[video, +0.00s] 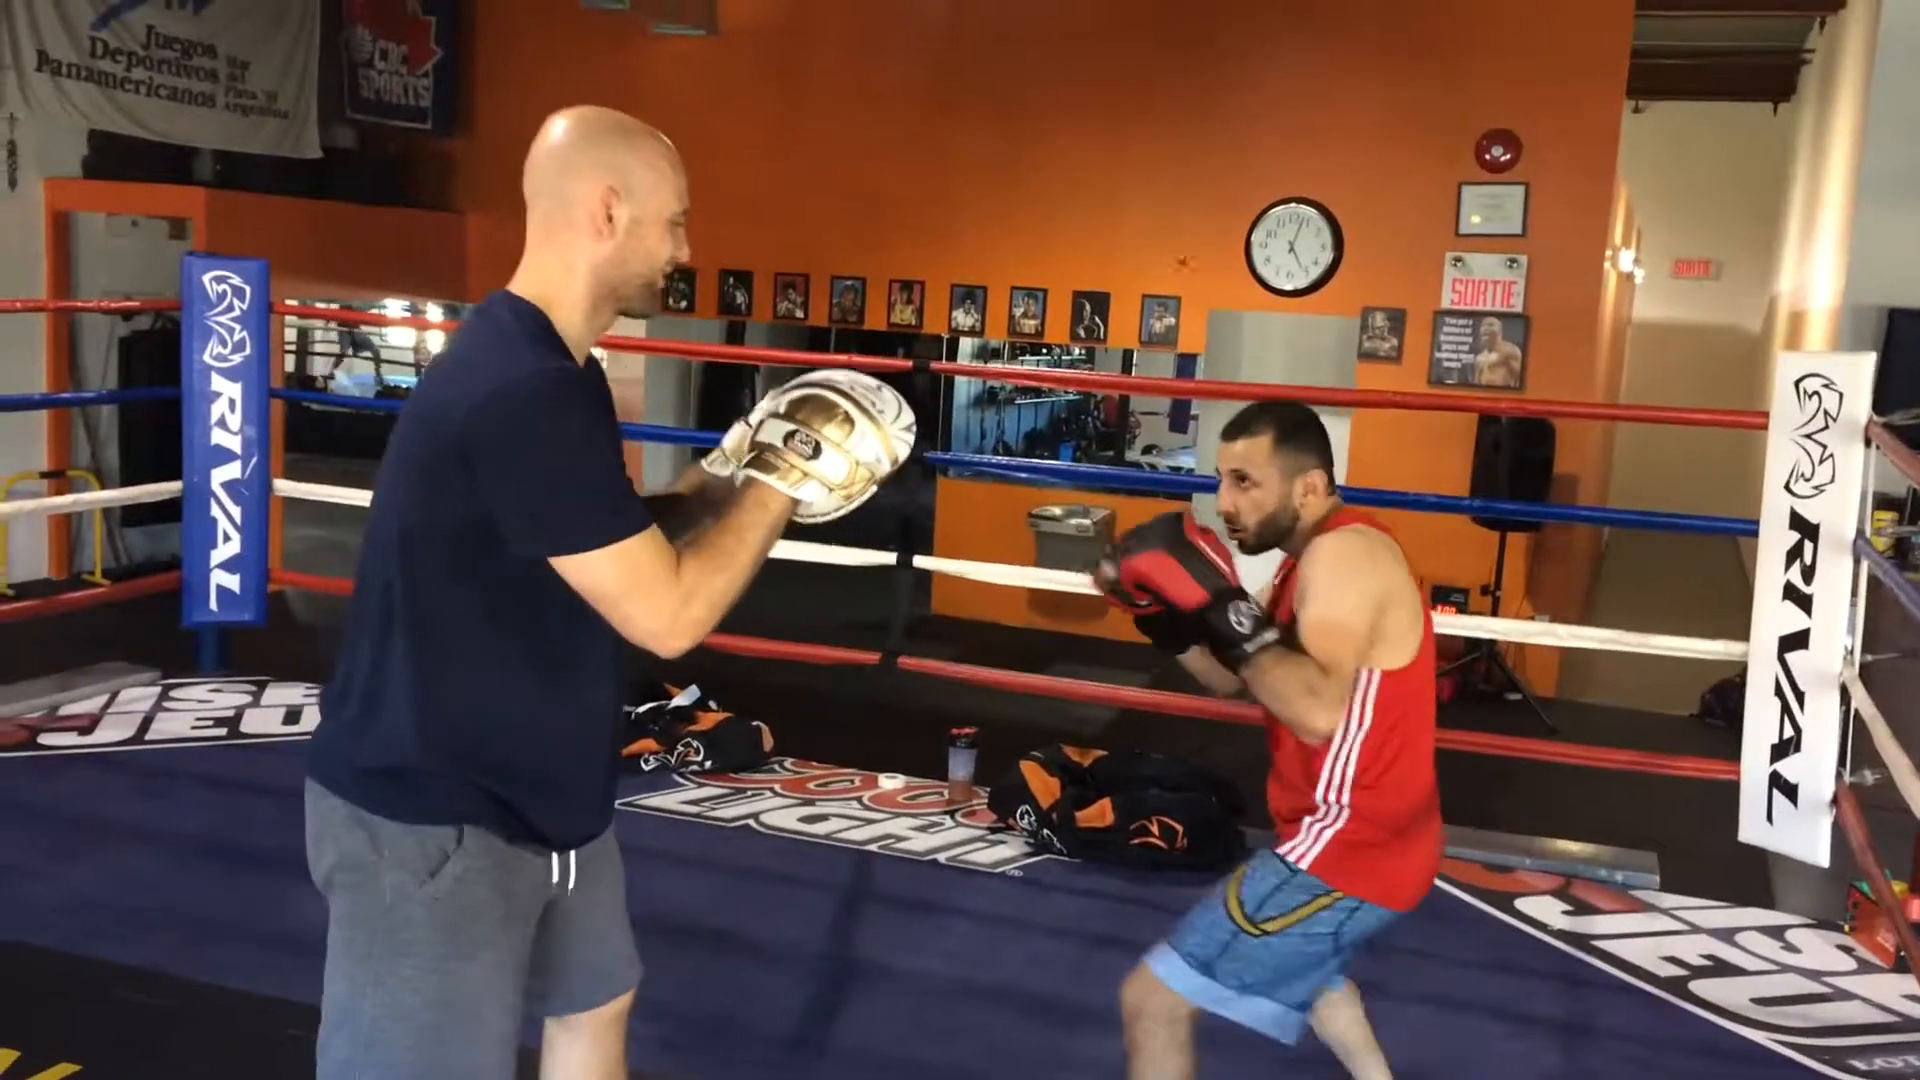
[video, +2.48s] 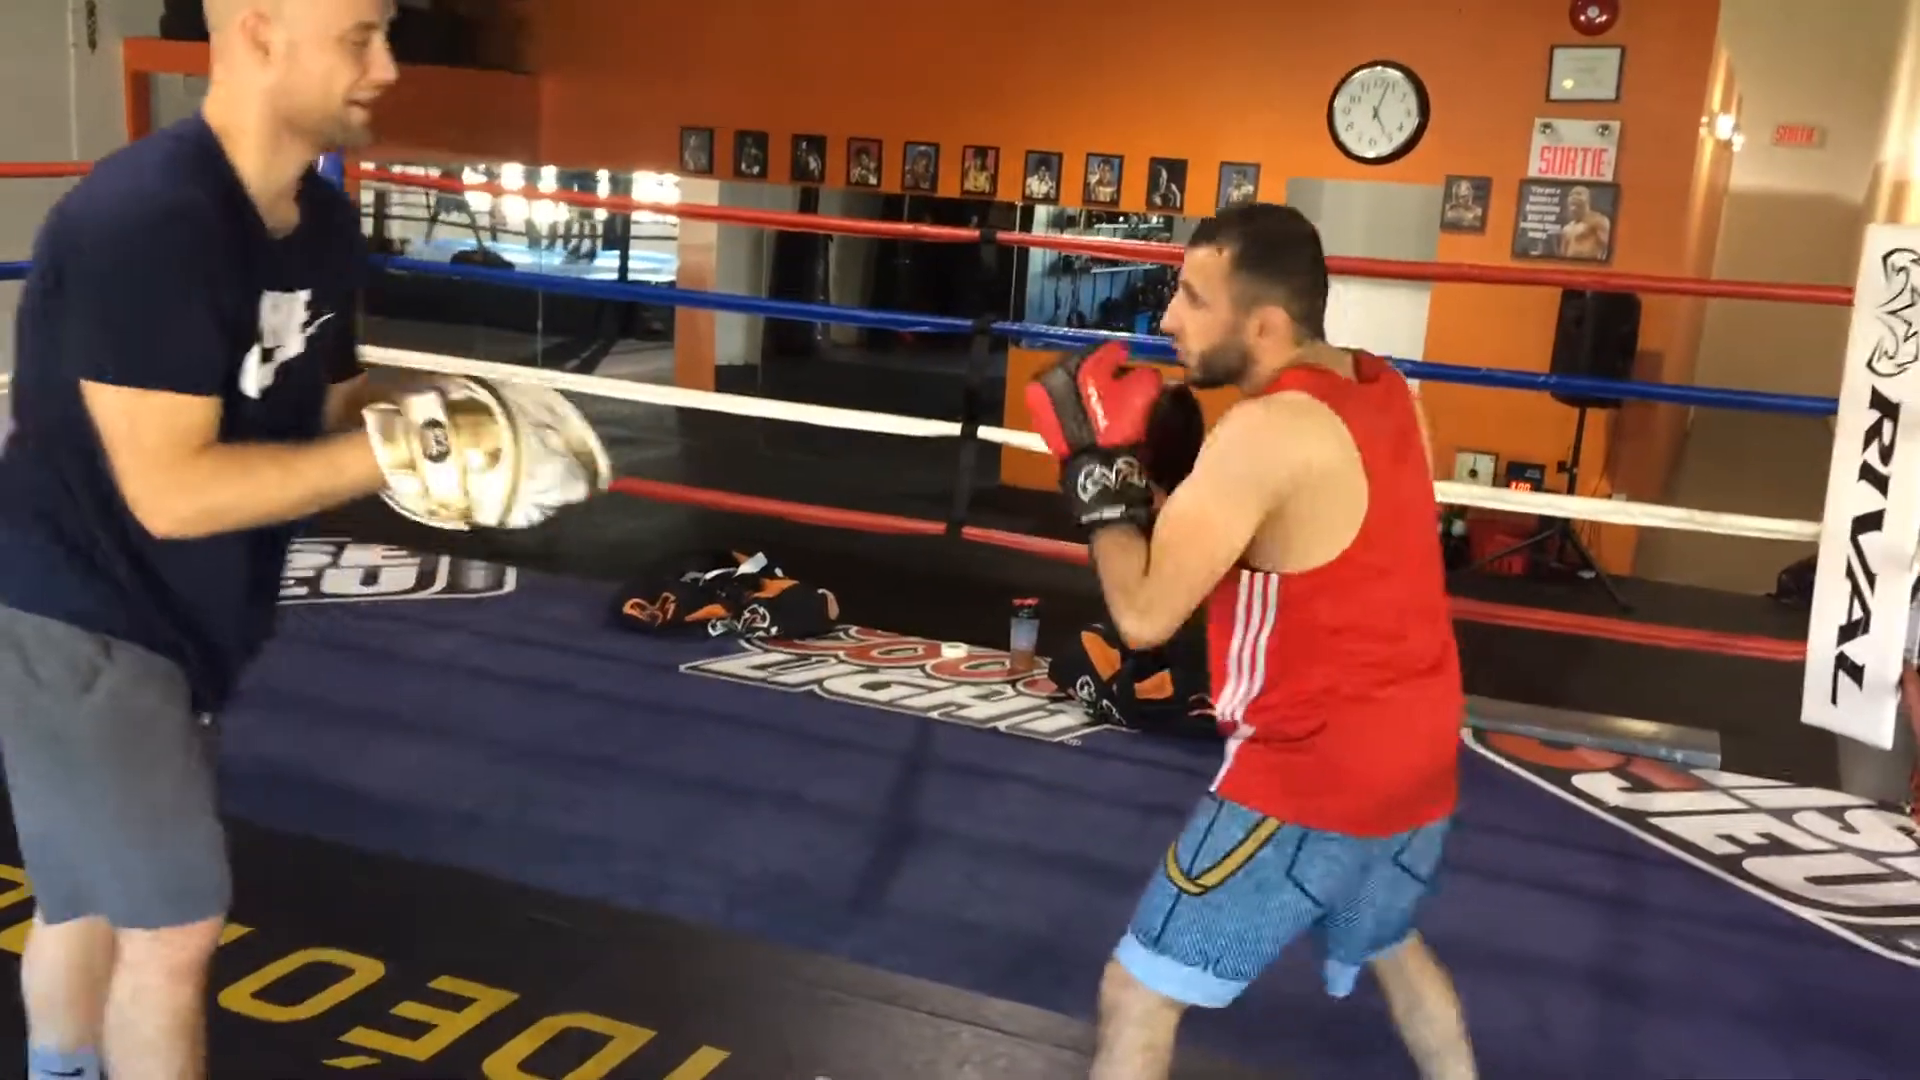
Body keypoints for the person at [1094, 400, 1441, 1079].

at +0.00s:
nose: (1224, 503)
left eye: (1244, 483)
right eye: (1222, 483)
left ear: (1309, 487)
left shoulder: (1347, 556)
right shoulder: (1310, 560)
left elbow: (1318, 709)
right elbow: (1233, 679)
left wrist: (1227, 610)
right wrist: (1162, 618)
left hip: (1349, 849)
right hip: (1340, 836)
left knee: (1153, 998)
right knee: (1304, 966)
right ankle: (1375, 1075)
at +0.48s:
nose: (1082, 489)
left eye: (1105, 467)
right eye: (1087, 466)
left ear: (1177, 481)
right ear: (1171, 485)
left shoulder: (1247, 571)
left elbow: (1295, 753)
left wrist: (1164, 758)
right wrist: (970, 601)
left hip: (1227, 907)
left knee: (1047, 1068)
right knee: (1222, 1061)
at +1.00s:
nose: (1076, 635)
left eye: (1100, 618)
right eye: (1078, 609)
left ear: (1180, 624)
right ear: (1179, 622)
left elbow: (1363, 905)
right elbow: (1100, 747)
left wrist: (1219, 912)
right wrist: (1046, 728)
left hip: (1316, 967)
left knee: (1060, 1073)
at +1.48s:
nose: (1109, 455)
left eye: (1122, 433)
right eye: (1108, 430)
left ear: (1200, 438)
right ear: (1216, 432)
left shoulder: (1250, 532)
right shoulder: (1323, 461)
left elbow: (1175, 750)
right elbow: (1185, 559)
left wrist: (1057, 625)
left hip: (1290, 884)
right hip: (1386, 855)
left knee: (1044, 1035)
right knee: (1395, 1006)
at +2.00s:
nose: (1208, 446)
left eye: (1229, 423)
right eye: (1208, 422)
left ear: (1305, 427)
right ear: (1311, 429)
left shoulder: (1341, 497)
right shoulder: (1396, 474)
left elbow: (1339, 691)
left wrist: (1224, 609)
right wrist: (1245, 600)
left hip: (1409, 846)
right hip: (1487, 829)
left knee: (1179, 1016)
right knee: (1448, 952)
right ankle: (1516, 1076)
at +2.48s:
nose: (1169, 316)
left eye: (1192, 299)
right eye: (1176, 292)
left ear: (1266, 323)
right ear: (1280, 320)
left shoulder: (1262, 435)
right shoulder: (1377, 382)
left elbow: (1144, 610)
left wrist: (1096, 472)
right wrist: (1178, 440)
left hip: (1304, 780)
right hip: (1419, 767)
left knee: (1139, 993)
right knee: (1390, 941)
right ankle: (1458, 1078)